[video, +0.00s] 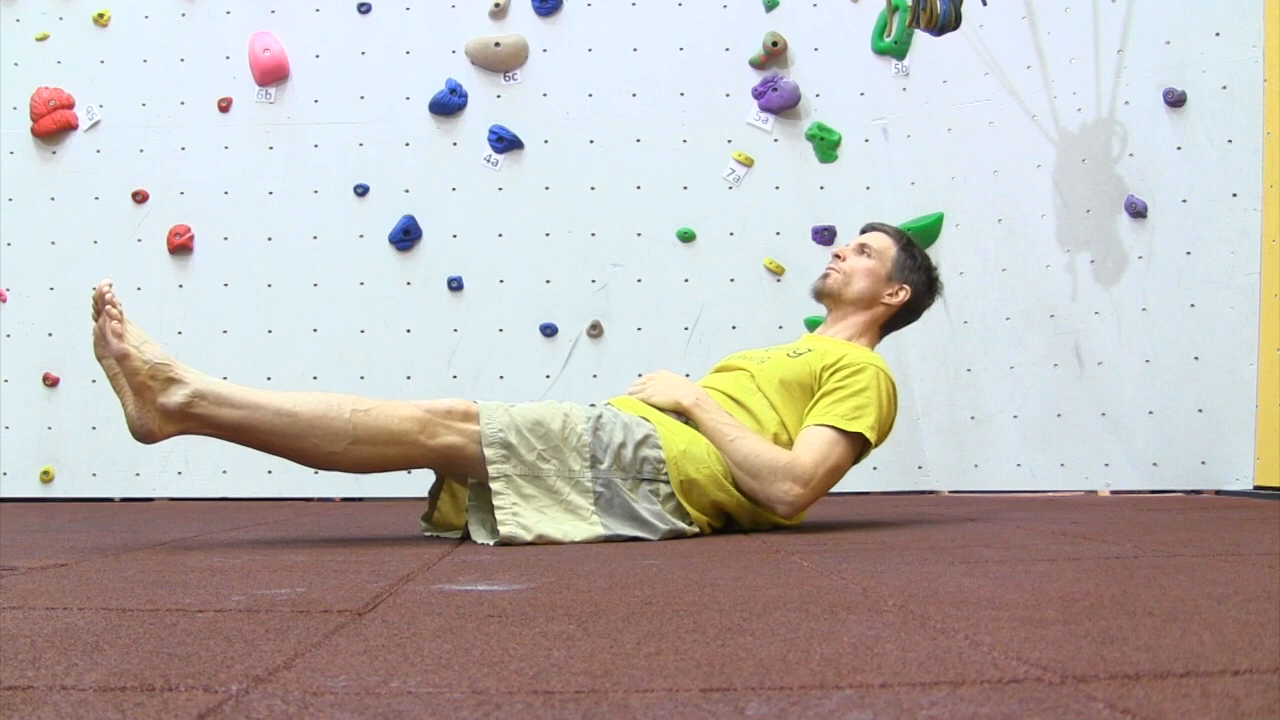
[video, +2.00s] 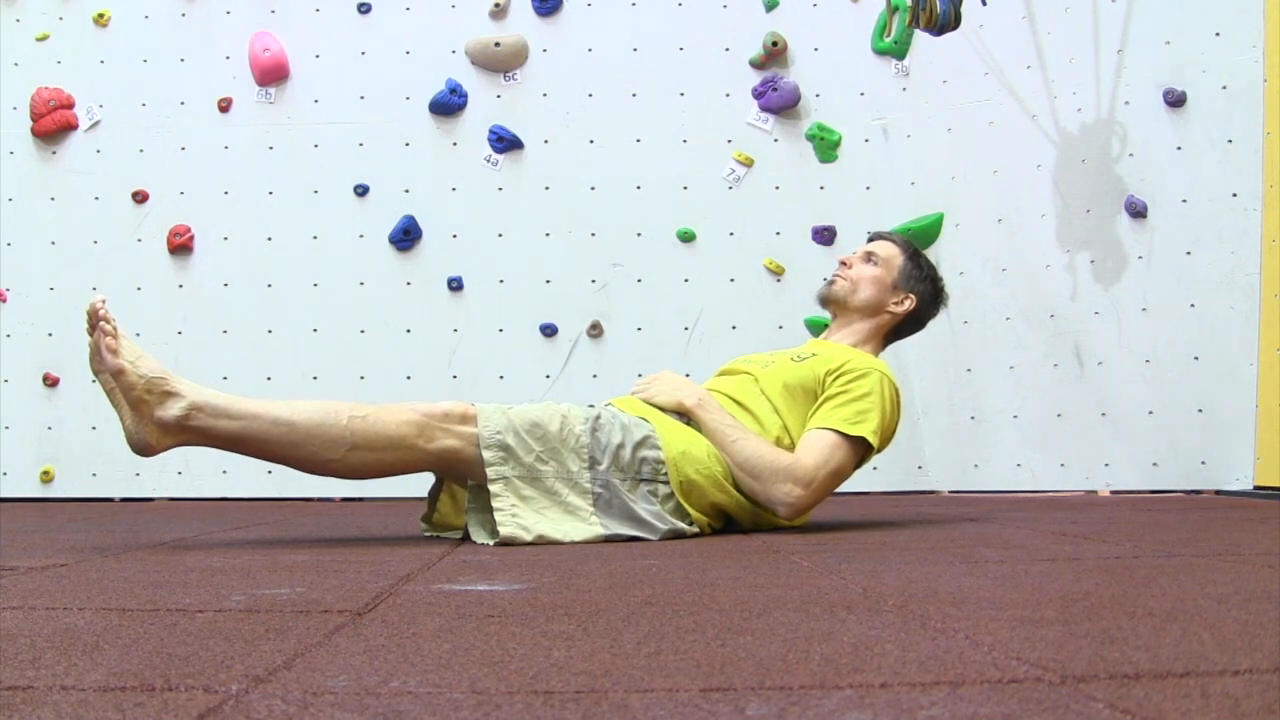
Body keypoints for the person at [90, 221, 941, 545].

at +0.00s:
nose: (841, 252)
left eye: (865, 251)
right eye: (848, 243)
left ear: (895, 296)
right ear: (848, 278)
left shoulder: (861, 372)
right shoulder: (800, 356)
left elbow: (791, 491)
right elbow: (752, 467)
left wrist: (698, 400)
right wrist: (675, 407)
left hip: (661, 461)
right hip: (642, 447)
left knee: (442, 427)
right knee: (432, 429)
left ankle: (178, 400)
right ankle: (179, 402)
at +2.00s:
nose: (847, 256)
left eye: (872, 256)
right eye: (858, 247)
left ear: (898, 304)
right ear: (864, 288)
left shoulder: (865, 378)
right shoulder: (806, 360)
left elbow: (792, 493)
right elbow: (753, 472)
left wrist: (698, 402)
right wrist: (675, 411)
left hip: (660, 461)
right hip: (642, 447)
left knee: (444, 430)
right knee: (433, 430)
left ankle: (176, 411)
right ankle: (177, 413)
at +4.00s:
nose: (831, 262)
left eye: (854, 260)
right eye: (837, 253)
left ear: (889, 300)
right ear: (843, 286)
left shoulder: (861, 377)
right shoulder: (795, 364)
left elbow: (791, 494)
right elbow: (745, 463)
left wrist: (703, 403)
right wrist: (668, 403)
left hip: (652, 457)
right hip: (625, 442)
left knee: (444, 422)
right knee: (426, 419)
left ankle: (187, 408)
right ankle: (185, 404)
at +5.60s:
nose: (839, 258)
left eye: (863, 256)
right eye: (845, 248)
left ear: (896, 299)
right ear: (852, 285)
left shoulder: (863, 378)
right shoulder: (800, 361)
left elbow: (792, 494)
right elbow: (750, 470)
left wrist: (698, 401)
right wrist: (670, 410)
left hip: (652, 462)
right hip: (621, 440)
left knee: (447, 427)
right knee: (415, 403)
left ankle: (185, 467)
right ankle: (178, 378)